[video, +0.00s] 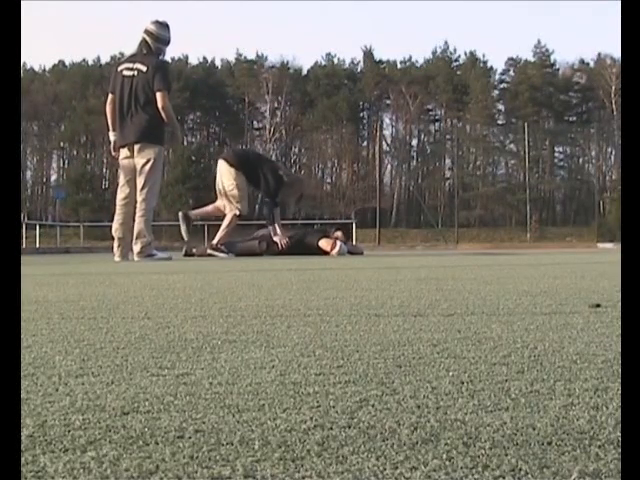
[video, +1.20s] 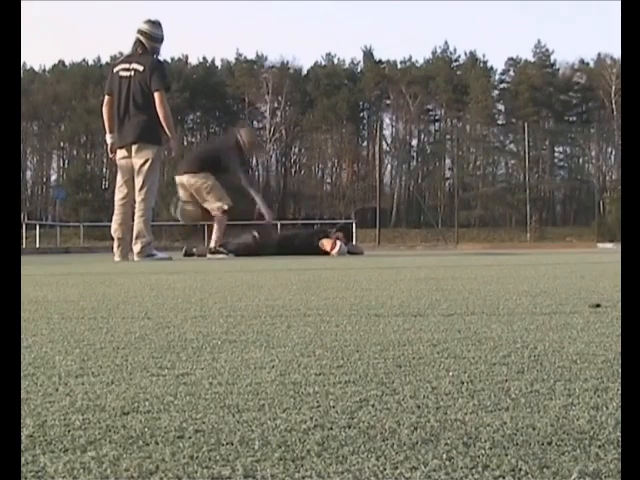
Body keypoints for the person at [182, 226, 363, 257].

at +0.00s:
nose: (337, 242)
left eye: (340, 240)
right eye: (338, 238)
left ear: (337, 239)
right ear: (333, 235)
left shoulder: (324, 241)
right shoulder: (320, 237)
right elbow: (333, 249)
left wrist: (346, 246)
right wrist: (346, 248)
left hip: (272, 240)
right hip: (270, 241)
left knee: (232, 247)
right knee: (231, 248)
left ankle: (197, 252)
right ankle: (197, 252)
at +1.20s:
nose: (336, 241)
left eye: (339, 240)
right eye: (337, 237)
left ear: (338, 240)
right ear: (334, 234)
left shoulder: (325, 241)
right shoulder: (322, 237)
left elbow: (354, 251)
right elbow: (328, 246)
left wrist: (346, 247)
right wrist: (336, 249)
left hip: (267, 244)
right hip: (266, 243)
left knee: (229, 248)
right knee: (229, 248)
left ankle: (195, 252)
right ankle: (195, 251)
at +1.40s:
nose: (337, 245)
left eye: (339, 242)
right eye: (339, 242)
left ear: (335, 236)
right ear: (335, 238)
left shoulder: (321, 237)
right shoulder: (320, 237)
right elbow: (330, 248)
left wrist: (346, 246)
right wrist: (343, 248)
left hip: (271, 238)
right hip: (272, 239)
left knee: (229, 247)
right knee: (230, 249)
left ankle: (193, 252)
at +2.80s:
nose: (342, 242)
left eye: (345, 241)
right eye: (342, 238)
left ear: (345, 241)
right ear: (337, 233)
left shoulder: (329, 242)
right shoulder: (313, 234)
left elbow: (359, 251)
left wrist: (344, 249)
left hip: (271, 247)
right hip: (266, 242)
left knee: (231, 245)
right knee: (221, 250)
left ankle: (199, 239)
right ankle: (236, 218)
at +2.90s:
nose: (343, 238)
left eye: (344, 238)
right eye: (342, 236)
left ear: (341, 239)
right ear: (336, 234)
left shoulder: (329, 242)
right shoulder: (322, 238)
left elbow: (355, 249)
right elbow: (290, 225)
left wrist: (350, 248)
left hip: (275, 244)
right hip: (270, 242)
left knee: (236, 244)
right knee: (221, 250)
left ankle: (200, 236)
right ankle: (236, 217)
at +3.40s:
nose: (334, 243)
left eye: (338, 242)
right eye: (336, 239)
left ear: (339, 240)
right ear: (333, 231)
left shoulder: (328, 240)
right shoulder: (315, 226)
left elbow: (359, 250)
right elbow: (284, 227)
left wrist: (345, 250)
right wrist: (292, 249)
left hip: (270, 248)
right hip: (265, 239)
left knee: (226, 248)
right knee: (220, 249)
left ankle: (196, 236)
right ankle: (238, 219)